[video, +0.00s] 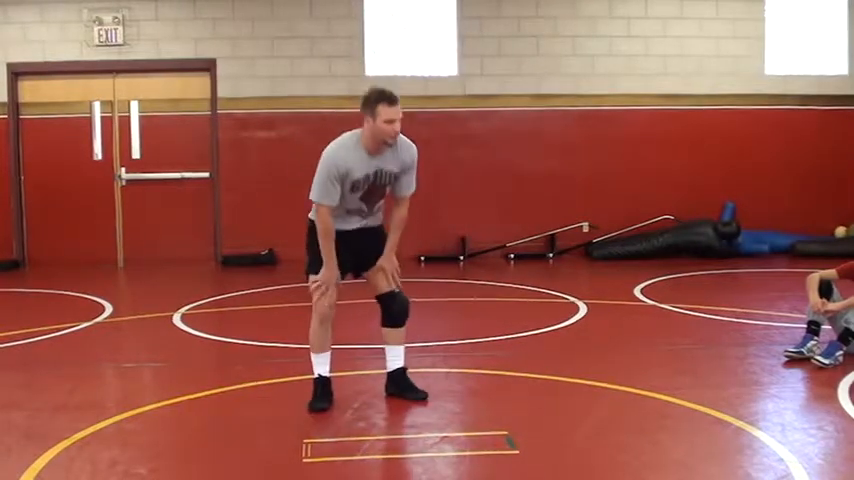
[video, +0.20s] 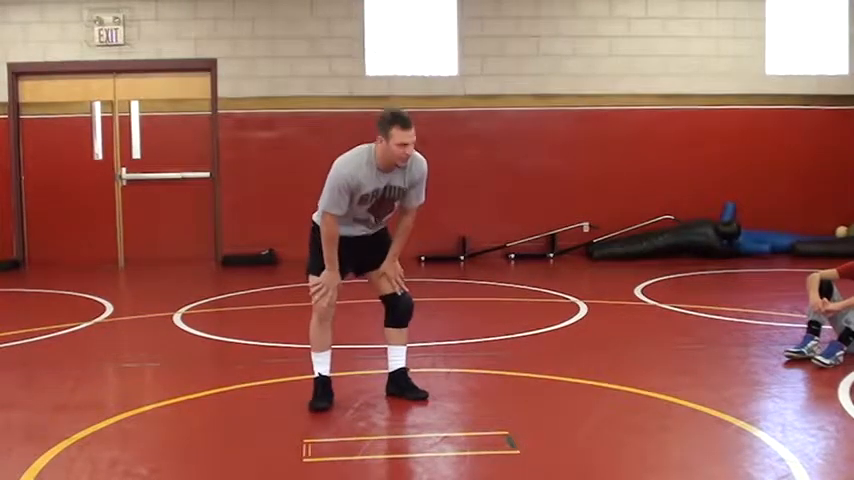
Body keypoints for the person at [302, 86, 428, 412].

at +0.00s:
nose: (396, 129)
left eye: (399, 121)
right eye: (389, 122)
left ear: (401, 119)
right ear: (367, 121)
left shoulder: (406, 152)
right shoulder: (336, 155)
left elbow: (401, 204)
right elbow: (323, 214)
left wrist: (390, 253)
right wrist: (330, 265)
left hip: (370, 229)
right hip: (329, 230)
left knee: (395, 303)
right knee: (323, 307)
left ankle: (396, 377)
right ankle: (321, 384)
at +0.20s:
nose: (409, 152)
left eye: (412, 144)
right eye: (402, 145)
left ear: (415, 142)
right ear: (381, 142)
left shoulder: (416, 167)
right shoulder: (347, 169)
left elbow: (408, 214)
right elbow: (328, 220)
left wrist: (393, 257)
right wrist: (331, 270)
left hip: (373, 233)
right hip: (332, 233)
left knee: (399, 303)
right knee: (323, 306)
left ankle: (397, 377)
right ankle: (322, 383)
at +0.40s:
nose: (408, 162)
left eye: (411, 155)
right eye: (401, 155)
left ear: (415, 151)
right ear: (381, 151)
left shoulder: (418, 173)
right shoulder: (347, 175)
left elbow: (409, 218)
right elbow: (327, 224)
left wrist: (391, 259)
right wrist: (329, 271)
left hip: (373, 237)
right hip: (332, 236)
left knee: (398, 303)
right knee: (321, 305)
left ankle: (397, 377)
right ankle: (320, 382)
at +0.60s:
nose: (403, 168)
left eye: (407, 161)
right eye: (396, 161)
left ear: (412, 156)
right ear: (378, 157)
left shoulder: (416, 177)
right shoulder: (345, 180)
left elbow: (409, 220)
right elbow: (324, 224)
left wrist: (391, 259)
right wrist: (326, 273)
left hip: (373, 240)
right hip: (332, 239)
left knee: (399, 303)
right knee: (318, 305)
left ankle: (398, 377)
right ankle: (319, 382)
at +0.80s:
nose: (402, 171)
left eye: (405, 164)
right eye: (395, 164)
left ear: (410, 159)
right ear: (376, 159)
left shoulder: (415, 178)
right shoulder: (344, 181)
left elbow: (408, 221)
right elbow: (324, 226)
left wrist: (391, 260)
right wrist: (327, 275)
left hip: (373, 241)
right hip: (332, 240)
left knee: (401, 303)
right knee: (315, 304)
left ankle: (398, 377)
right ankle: (318, 382)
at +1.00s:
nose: (402, 170)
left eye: (406, 162)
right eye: (395, 163)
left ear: (411, 157)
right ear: (376, 157)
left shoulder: (417, 176)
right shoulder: (345, 180)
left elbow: (409, 220)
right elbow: (325, 227)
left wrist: (393, 260)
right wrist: (327, 276)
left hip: (374, 240)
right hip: (333, 239)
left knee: (402, 303)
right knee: (315, 304)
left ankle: (398, 377)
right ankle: (317, 382)